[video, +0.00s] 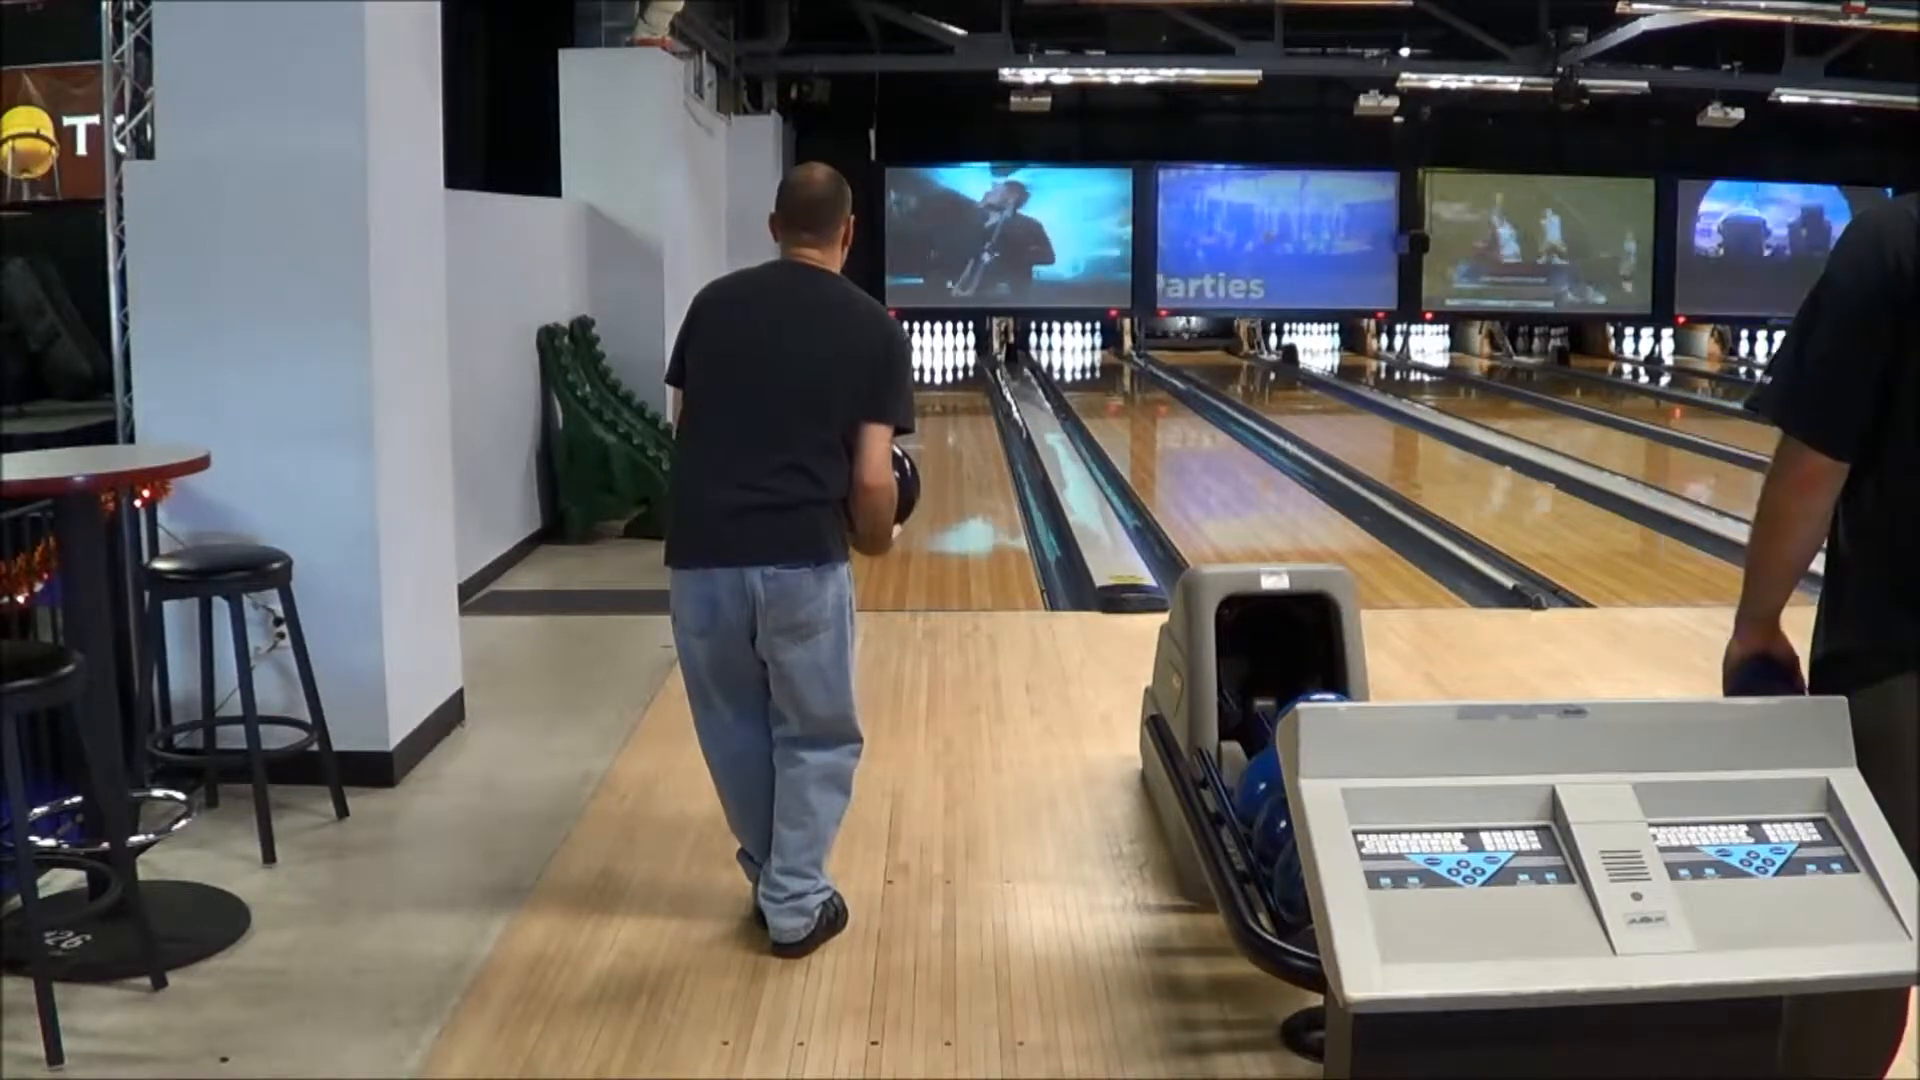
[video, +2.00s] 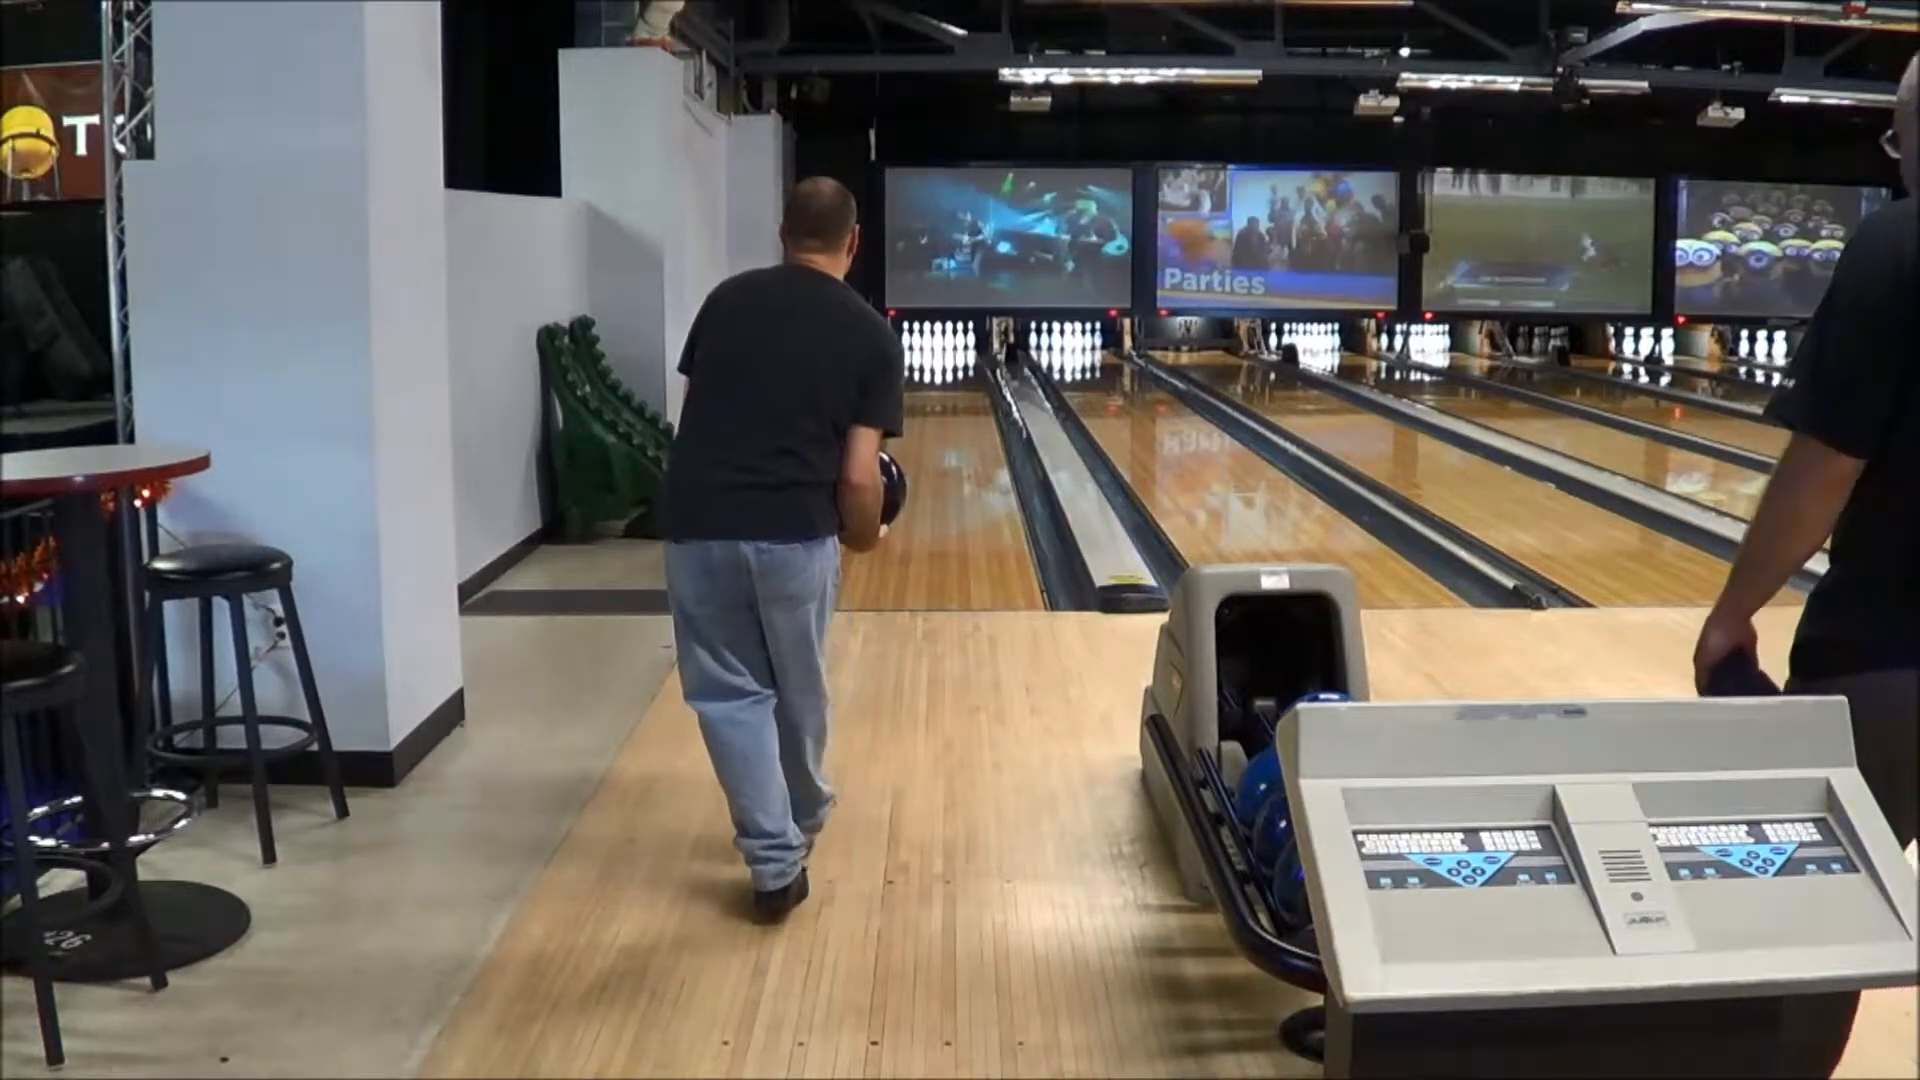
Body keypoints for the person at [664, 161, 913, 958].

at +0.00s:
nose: (851, 237)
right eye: (854, 226)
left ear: (772, 228)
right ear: (849, 230)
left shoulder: (715, 302)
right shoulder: (870, 326)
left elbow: (683, 423)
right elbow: (871, 477)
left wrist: (724, 485)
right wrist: (878, 537)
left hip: (701, 557)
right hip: (803, 557)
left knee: (732, 724)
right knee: (817, 736)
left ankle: (768, 870)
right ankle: (794, 904)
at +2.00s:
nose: (853, 246)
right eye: (857, 236)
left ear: (784, 235)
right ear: (853, 240)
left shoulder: (727, 299)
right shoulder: (869, 333)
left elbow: (689, 416)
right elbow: (858, 475)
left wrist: (716, 484)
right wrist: (865, 534)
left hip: (696, 524)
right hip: (793, 527)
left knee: (726, 690)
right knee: (798, 680)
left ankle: (772, 861)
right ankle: (801, 809)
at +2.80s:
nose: (864, 270)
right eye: (865, 261)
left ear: (799, 258)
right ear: (861, 263)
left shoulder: (755, 303)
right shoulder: (869, 341)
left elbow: (749, 404)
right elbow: (862, 466)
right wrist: (854, 530)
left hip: (704, 496)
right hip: (782, 505)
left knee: (721, 635)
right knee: (794, 654)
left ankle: (751, 763)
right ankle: (779, 794)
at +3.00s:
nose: (864, 271)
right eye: (867, 262)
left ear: (804, 257)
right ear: (864, 262)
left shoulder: (764, 297)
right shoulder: (866, 320)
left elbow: (745, 395)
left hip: (701, 465)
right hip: (778, 473)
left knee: (722, 618)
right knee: (786, 625)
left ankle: (754, 744)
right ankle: (780, 770)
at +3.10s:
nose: (868, 271)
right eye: (869, 263)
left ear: (807, 260)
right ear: (865, 262)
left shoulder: (769, 297)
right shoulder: (861, 309)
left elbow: (723, 369)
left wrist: (682, 418)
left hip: (705, 457)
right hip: (778, 460)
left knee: (722, 613)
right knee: (794, 611)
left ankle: (755, 750)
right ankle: (780, 723)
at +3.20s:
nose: (876, 281)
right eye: (877, 273)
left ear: (813, 267)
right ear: (871, 271)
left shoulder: (777, 308)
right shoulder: (861, 306)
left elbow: (719, 361)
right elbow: (867, 356)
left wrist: (680, 391)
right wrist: (865, 425)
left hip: (710, 456)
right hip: (782, 457)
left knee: (730, 603)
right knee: (810, 593)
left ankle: (758, 750)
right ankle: (794, 710)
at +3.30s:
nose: (874, 291)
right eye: (877, 286)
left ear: (823, 279)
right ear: (876, 285)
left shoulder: (793, 318)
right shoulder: (859, 304)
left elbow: (752, 346)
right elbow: (873, 313)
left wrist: (715, 358)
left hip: (721, 456)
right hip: (792, 457)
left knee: (746, 599)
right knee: (827, 584)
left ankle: (762, 749)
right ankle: (821, 710)